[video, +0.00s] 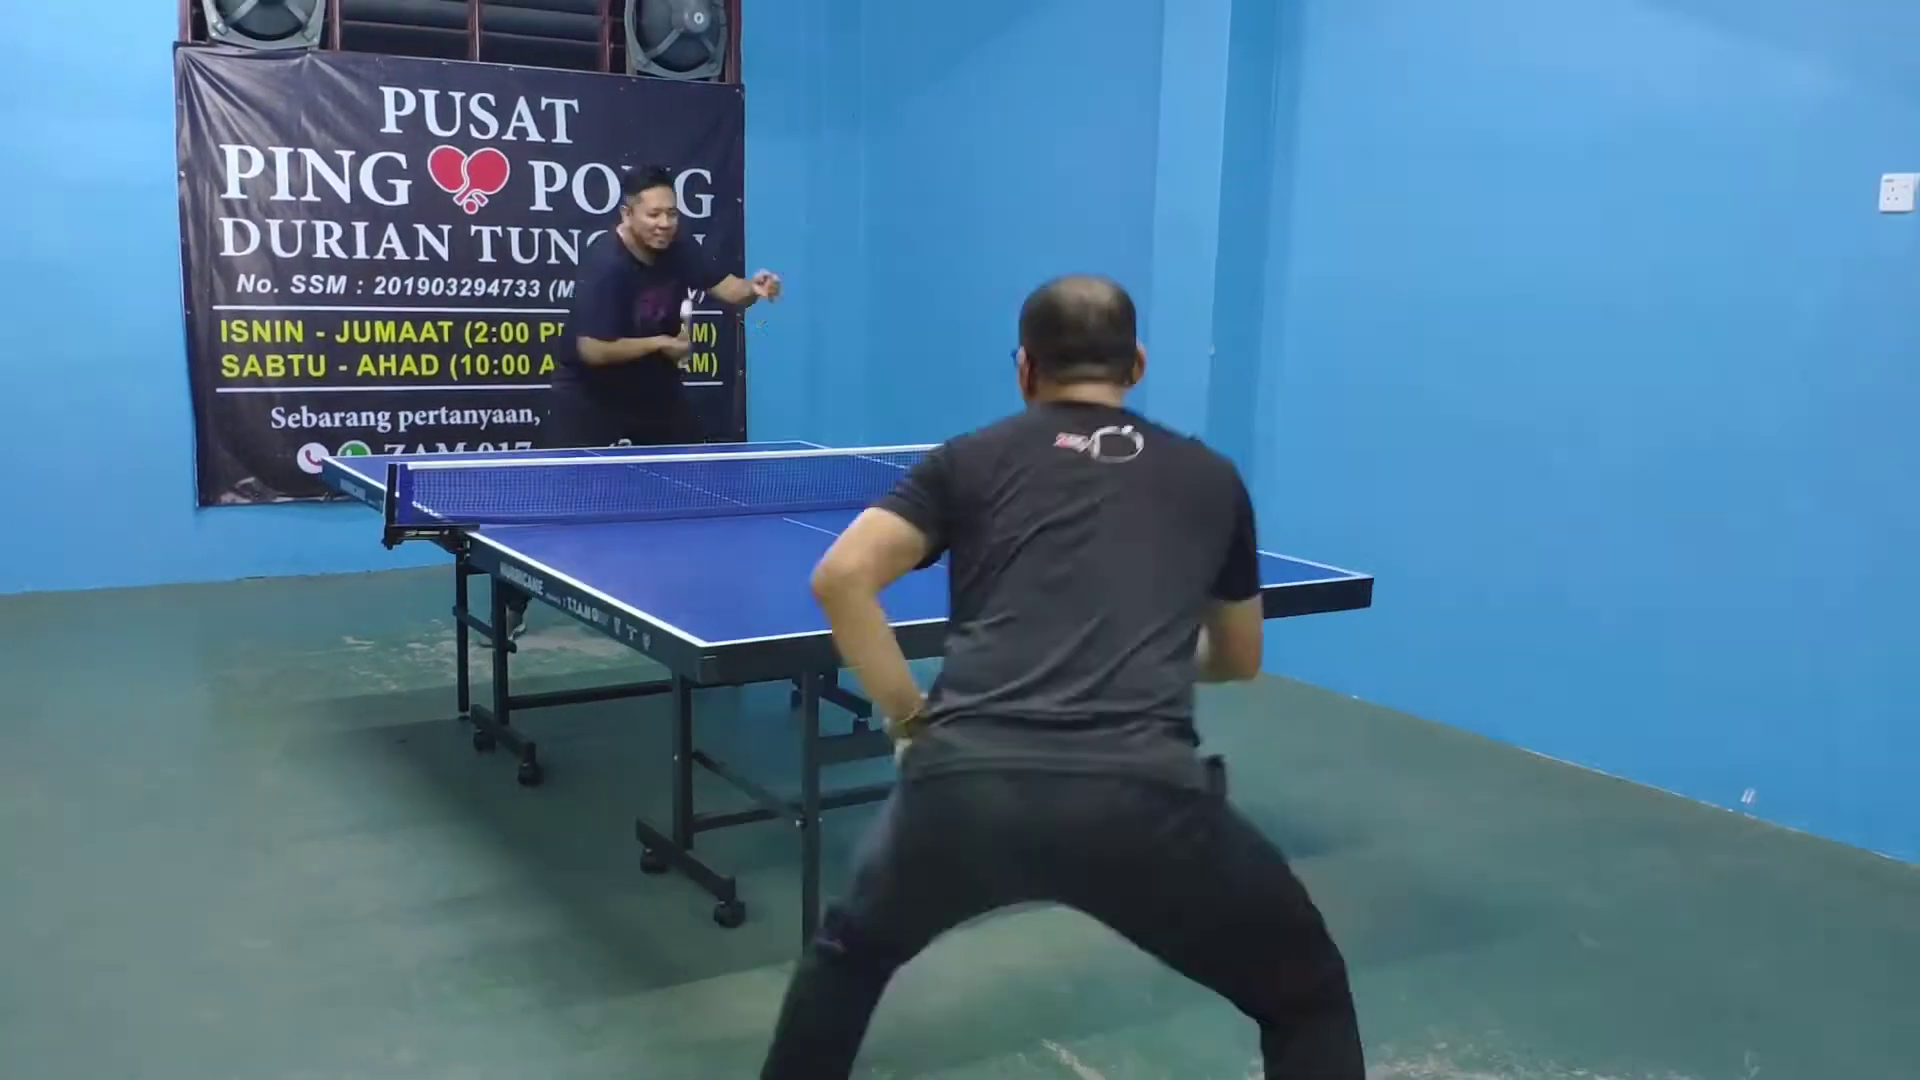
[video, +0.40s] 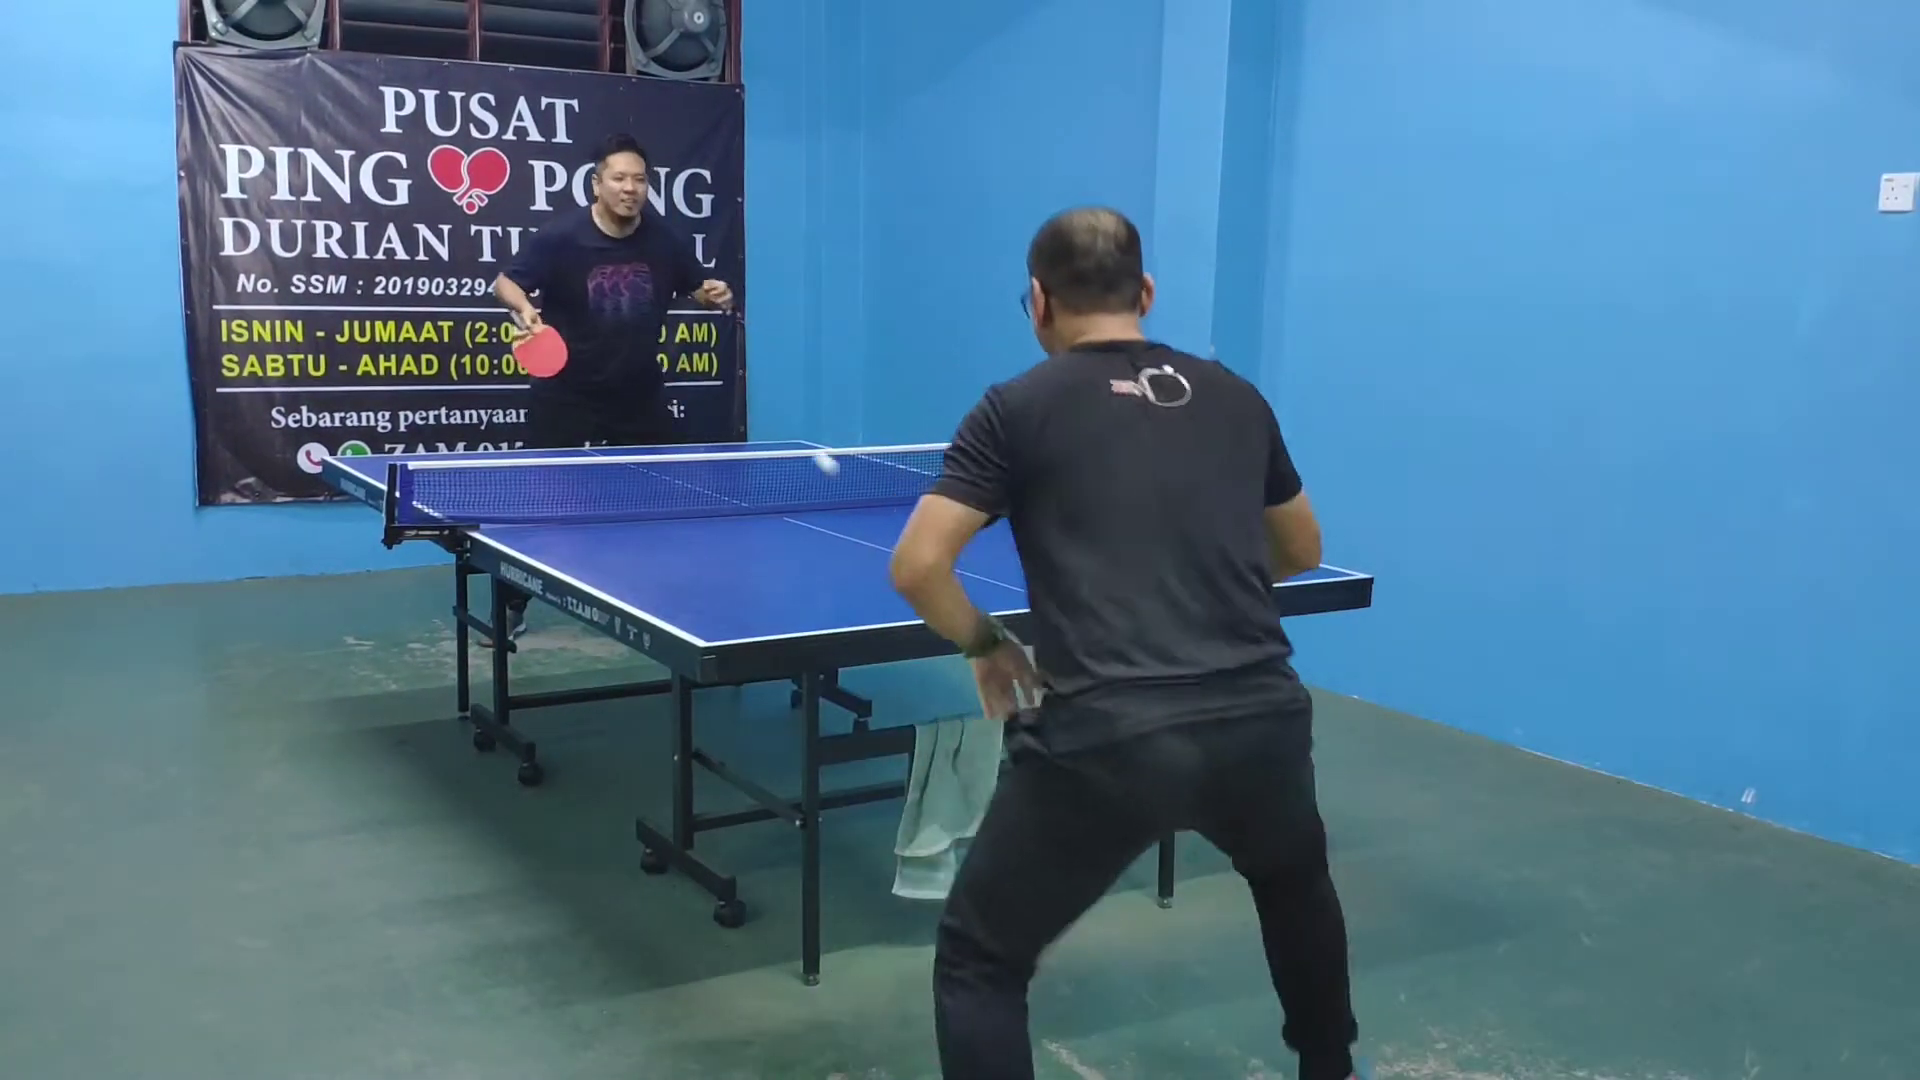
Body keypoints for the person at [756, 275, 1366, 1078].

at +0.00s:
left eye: (1021, 363)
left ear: (1026, 369)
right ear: (1138, 365)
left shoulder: (971, 460)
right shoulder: (1211, 477)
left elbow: (843, 577)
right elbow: (1237, 656)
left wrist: (908, 717)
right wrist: (1141, 652)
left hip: (961, 802)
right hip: (1141, 808)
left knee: (846, 958)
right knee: (1307, 998)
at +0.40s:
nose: (1028, 311)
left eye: (1027, 298)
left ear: (1039, 301)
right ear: (1147, 295)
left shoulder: (1015, 410)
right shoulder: (1235, 397)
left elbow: (918, 566)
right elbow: (1296, 548)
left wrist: (984, 643)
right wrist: (1197, 564)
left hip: (1102, 748)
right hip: (1257, 735)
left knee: (981, 957)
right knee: (1295, 879)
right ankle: (1328, 1065)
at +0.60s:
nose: (1092, 392)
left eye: (1089, 372)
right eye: (1086, 377)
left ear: (1112, 354)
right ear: (1185, 345)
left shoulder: (1145, 416)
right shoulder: (1269, 420)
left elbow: (1038, 491)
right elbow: (1232, 537)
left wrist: (990, 588)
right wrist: (1109, 571)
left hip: (1214, 739)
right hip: (1336, 727)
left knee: (1044, 937)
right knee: (1285, 823)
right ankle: (1313, 1033)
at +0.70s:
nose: (1111, 370)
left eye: (1107, 349)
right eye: (1106, 352)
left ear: (1141, 335)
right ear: (1206, 325)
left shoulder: (1207, 380)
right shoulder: (1286, 400)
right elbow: (1223, 498)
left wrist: (1067, 525)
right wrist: (1129, 486)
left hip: (1261, 702)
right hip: (1358, 700)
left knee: (1101, 908)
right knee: (1279, 809)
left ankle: (1070, 1068)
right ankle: (1312, 1026)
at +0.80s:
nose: (1127, 326)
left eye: (1122, 304)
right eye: (1120, 307)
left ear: (1152, 288)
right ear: (1206, 279)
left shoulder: (1223, 337)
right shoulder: (1245, 370)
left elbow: (1305, 340)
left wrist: (1195, 465)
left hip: (1282, 663)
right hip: (1358, 659)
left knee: (1147, 881)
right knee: (1279, 806)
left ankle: (1134, 1066)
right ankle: (1314, 1027)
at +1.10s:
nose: (1176, 265)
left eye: (1181, 247)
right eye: (1179, 247)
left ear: (1210, 253)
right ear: (1278, 253)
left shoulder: (1251, 339)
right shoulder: (1347, 337)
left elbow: (1259, 453)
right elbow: (1421, 485)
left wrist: (1166, 616)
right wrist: (1303, 508)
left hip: (1310, 665)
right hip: (1396, 653)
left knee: (1206, 893)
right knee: (1320, 799)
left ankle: (1254, 1066)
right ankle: (1360, 1010)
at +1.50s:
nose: (1199, 369)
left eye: (1198, 352)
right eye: (1197, 352)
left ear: (1223, 355)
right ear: (1298, 347)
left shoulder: (1272, 434)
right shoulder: (1379, 410)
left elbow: (1272, 589)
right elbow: (1424, 569)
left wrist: (1217, 699)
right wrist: (1323, 647)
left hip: (1433, 721)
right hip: (1530, 701)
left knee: (1258, 911)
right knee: (1424, 816)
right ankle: (1468, 1027)